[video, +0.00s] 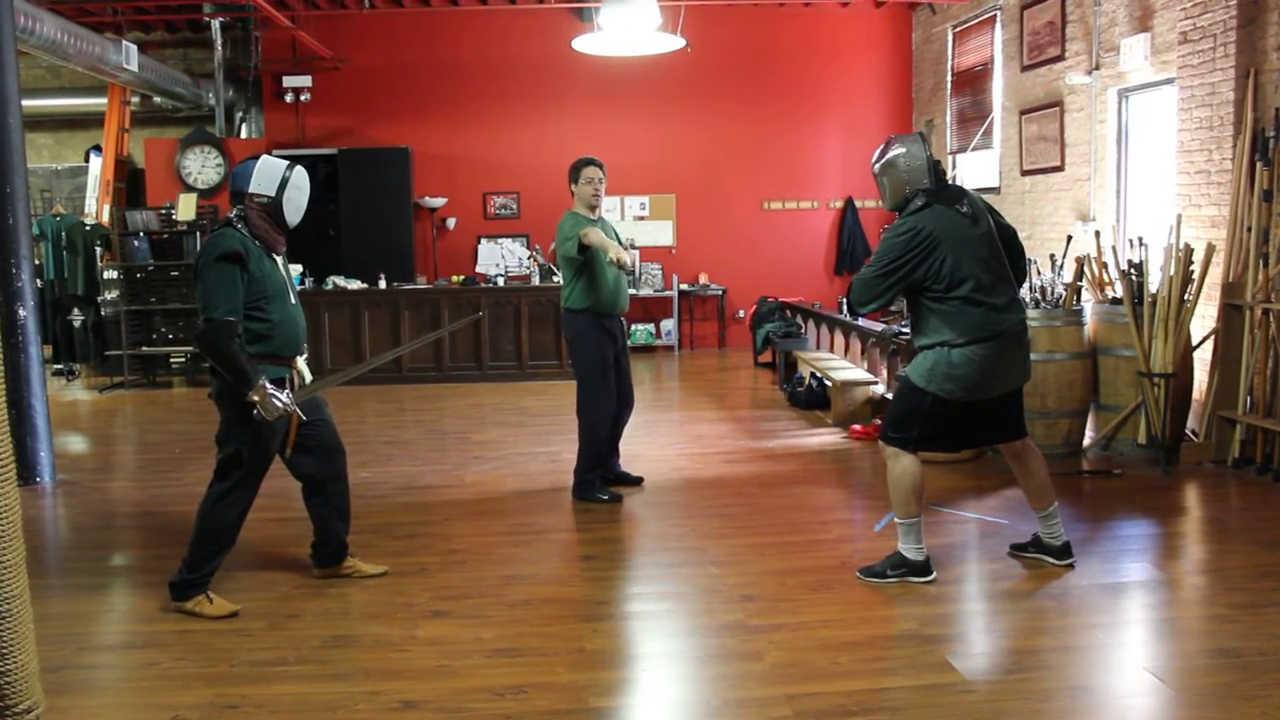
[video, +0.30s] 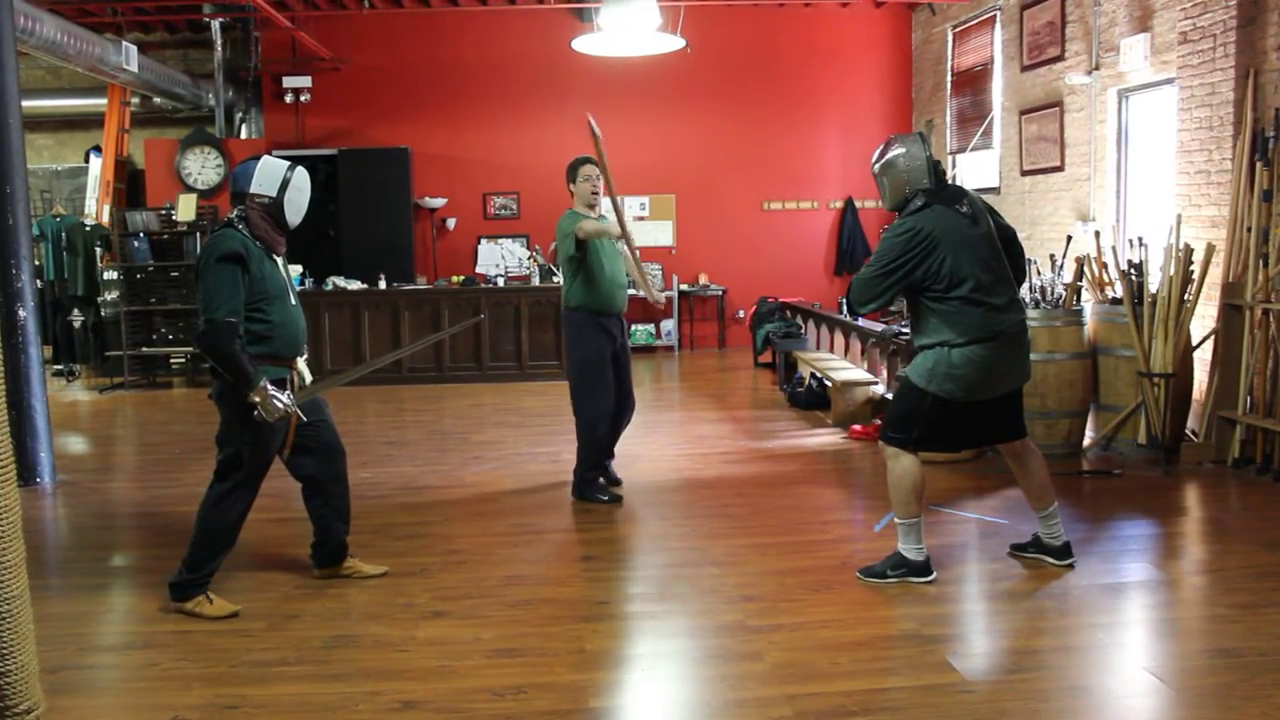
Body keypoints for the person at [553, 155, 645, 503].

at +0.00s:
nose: (597, 187)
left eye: (601, 181)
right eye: (589, 181)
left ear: (606, 186)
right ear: (573, 188)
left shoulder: (607, 226)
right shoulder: (570, 221)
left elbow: (622, 256)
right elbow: (590, 236)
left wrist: (625, 254)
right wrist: (613, 249)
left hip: (612, 320)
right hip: (585, 321)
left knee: (622, 399)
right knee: (597, 401)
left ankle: (608, 468)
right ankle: (586, 482)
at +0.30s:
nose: (597, 183)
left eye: (599, 179)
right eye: (588, 178)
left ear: (603, 186)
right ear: (572, 186)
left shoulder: (606, 226)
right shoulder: (570, 220)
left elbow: (628, 263)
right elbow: (585, 229)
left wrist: (649, 292)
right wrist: (614, 230)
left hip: (613, 322)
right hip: (585, 323)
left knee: (622, 401)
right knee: (595, 402)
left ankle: (600, 461)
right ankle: (585, 481)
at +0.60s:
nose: (601, 182)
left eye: (605, 177)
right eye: (593, 177)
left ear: (611, 183)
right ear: (581, 183)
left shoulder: (613, 226)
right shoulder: (575, 216)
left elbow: (632, 267)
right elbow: (556, 203)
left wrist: (654, 296)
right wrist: (556, 173)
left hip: (609, 318)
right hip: (580, 316)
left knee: (611, 396)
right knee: (585, 396)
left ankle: (596, 465)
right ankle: (586, 479)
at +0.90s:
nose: (600, 184)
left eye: (605, 180)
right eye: (594, 179)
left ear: (608, 188)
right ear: (579, 184)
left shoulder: (615, 229)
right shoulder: (561, 215)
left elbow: (636, 270)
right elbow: (524, 205)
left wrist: (659, 301)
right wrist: (526, 171)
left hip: (604, 317)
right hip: (568, 315)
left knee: (605, 393)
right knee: (565, 393)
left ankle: (597, 463)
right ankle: (559, 465)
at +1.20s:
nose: (584, 188)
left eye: (588, 184)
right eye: (577, 184)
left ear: (594, 192)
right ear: (564, 190)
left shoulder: (603, 234)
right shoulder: (546, 224)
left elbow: (624, 276)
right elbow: (507, 244)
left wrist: (642, 312)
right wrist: (495, 230)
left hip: (592, 319)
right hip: (556, 316)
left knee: (598, 389)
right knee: (551, 385)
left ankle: (597, 462)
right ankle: (546, 442)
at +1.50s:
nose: (565, 189)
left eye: (569, 185)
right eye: (559, 185)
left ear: (576, 191)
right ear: (548, 192)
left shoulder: (591, 232)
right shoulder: (533, 230)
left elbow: (612, 274)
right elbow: (501, 263)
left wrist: (629, 316)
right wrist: (477, 287)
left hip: (579, 314)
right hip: (541, 315)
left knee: (585, 381)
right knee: (544, 384)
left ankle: (585, 452)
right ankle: (549, 448)